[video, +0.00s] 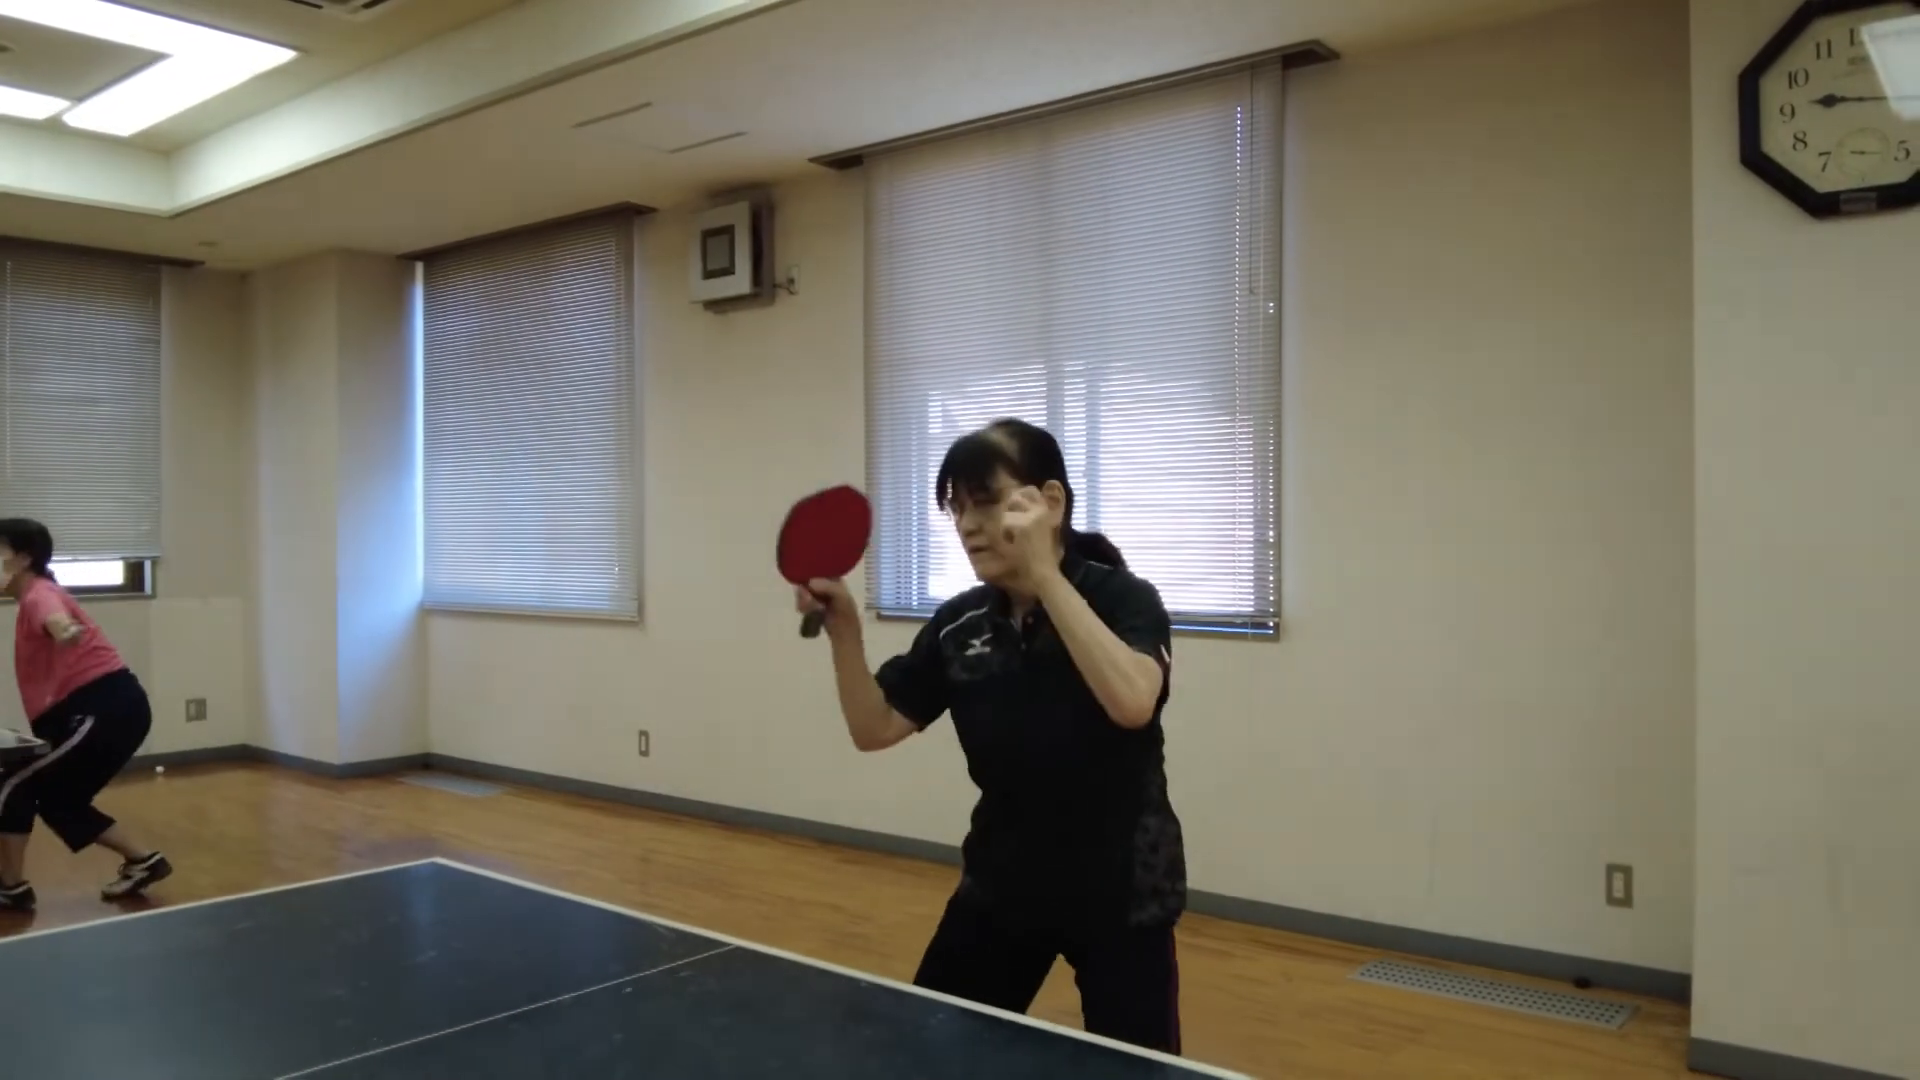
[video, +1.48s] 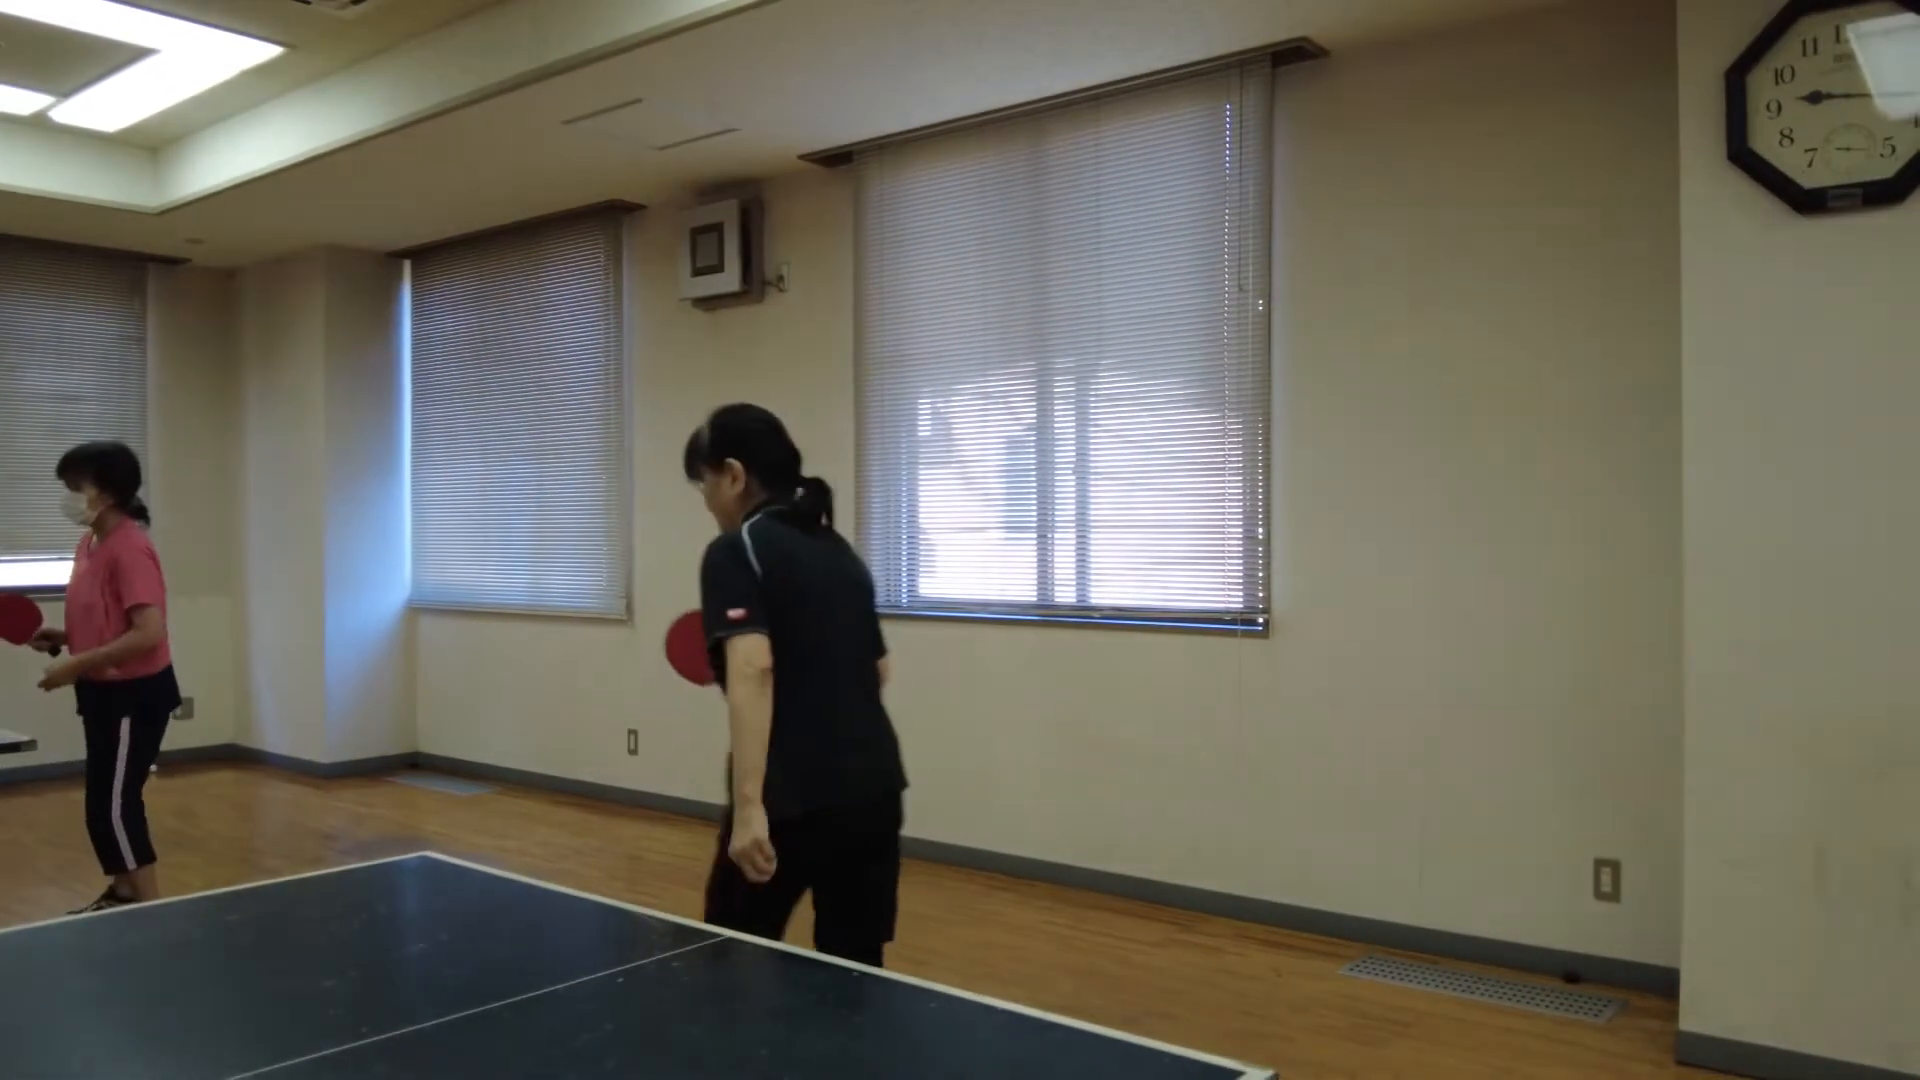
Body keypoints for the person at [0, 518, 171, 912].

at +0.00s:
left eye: (2, 554)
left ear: (24, 558)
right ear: (25, 559)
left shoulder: (40, 594)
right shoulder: (38, 595)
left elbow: (54, 615)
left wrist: (66, 630)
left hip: (103, 707)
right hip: (122, 707)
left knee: (14, 786)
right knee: (59, 798)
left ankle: (11, 884)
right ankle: (141, 858)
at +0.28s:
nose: (29, 538)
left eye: (35, 528)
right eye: (27, 530)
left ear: (65, 530)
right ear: (55, 534)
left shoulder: (83, 574)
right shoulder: (61, 591)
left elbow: (121, 608)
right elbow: (75, 664)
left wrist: (149, 635)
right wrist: (39, 711)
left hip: (136, 691)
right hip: (115, 697)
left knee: (59, 778)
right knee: (97, 786)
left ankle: (22, 883)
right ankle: (151, 871)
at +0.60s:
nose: (53, 527)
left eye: (58, 517)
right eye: (51, 518)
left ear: (86, 518)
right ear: (80, 521)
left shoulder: (104, 566)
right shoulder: (86, 573)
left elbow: (155, 618)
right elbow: (101, 648)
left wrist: (148, 676)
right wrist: (59, 680)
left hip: (145, 691)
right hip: (130, 692)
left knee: (89, 787)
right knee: (110, 785)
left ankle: (134, 890)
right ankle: (152, 873)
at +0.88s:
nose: (57, 511)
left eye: (67, 502)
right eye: (57, 502)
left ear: (99, 512)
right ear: (87, 513)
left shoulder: (113, 565)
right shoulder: (87, 565)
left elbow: (147, 643)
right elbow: (95, 642)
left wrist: (91, 693)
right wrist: (49, 670)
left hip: (148, 693)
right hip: (125, 694)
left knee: (107, 807)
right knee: (114, 796)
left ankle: (156, 913)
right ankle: (139, 879)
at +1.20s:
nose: (60, 502)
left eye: (68, 492)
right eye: (59, 492)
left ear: (98, 496)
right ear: (83, 498)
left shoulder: (119, 549)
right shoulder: (93, 547)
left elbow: (146, 638)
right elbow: (102, 625)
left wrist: (82, 675)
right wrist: (57, 643)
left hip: (147, 684)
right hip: (120, 683)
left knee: (118, 802)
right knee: (104, 794)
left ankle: (156, 911)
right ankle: (128, 888)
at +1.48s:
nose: (70, 499)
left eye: (77, 489)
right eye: (69, 490)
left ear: (107, 490)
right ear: (96, 493)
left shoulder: (129, 545)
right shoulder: (91, 542)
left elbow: (151, 632)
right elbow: (104, 622)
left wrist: (78, 664)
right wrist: (62, 637)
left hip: (136, 694)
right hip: (104, 691)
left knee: (118, 805)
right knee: (101, 803)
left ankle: (151, 909)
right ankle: (125, 892)